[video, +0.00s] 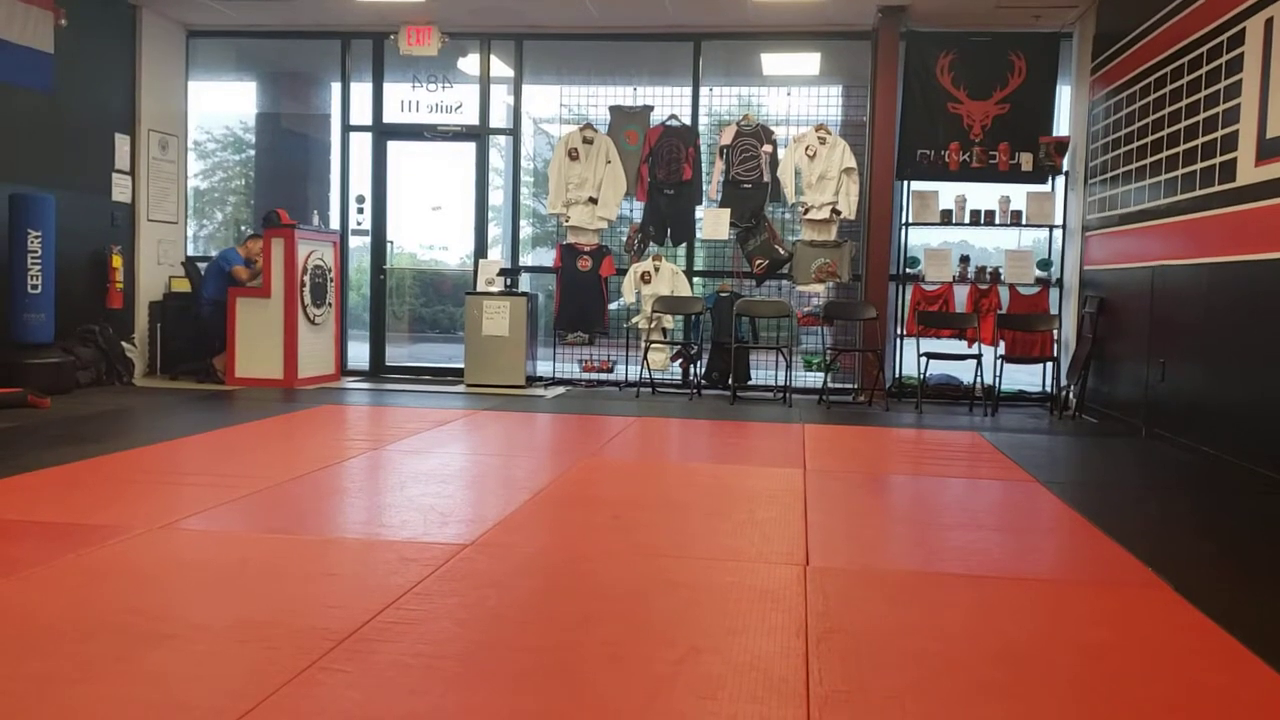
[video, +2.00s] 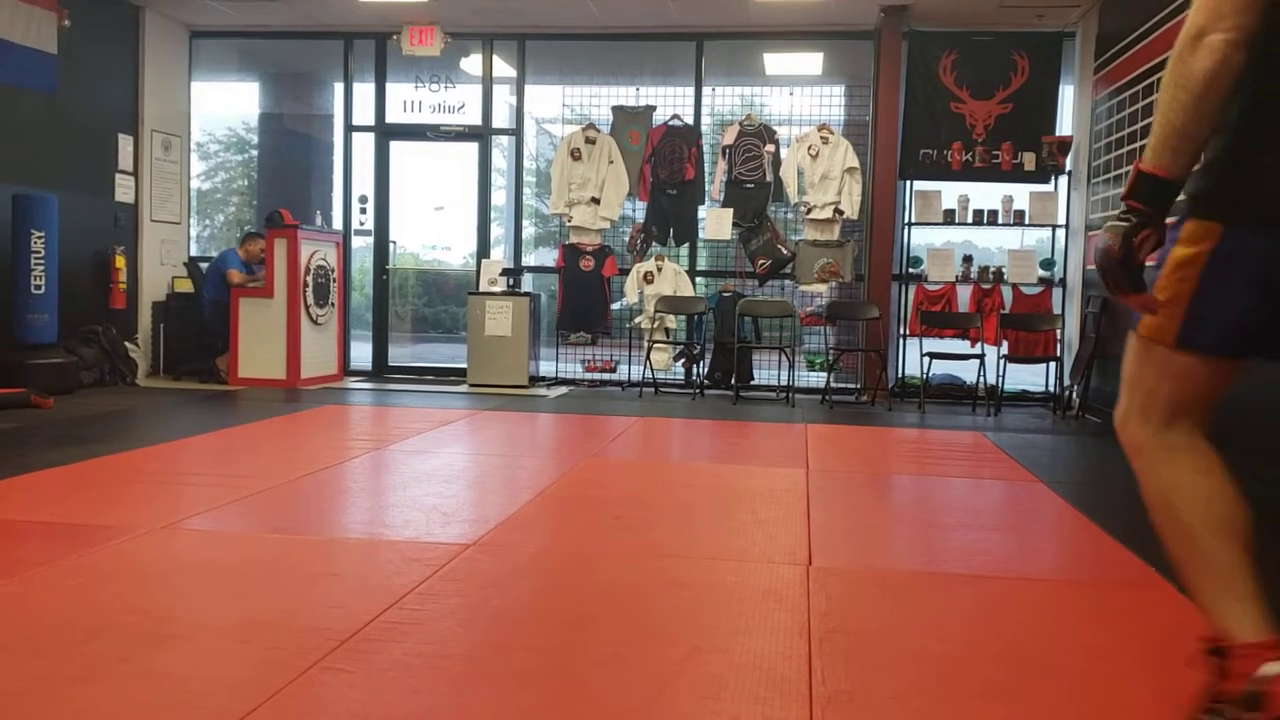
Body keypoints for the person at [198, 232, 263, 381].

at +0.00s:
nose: (260, 254)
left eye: (262, 251)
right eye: (260, 249)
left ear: (250, 245)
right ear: (249, 244)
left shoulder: (242, 259)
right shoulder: (230, 255)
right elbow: (243, 277)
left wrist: (262, 263)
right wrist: (258, 268)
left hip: (224, 305)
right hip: (211, 306)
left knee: (250, 328)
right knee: (246, 332)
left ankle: (221, 363)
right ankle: (219, 363)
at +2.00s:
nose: (262, 255)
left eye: (264, 252)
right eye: (261, 250)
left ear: (249, 246)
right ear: (248, 245)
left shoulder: (245, 264)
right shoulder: (230, 256)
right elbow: (234, 279)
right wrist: (257, 277)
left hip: (229, 306)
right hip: (214, 307)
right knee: (250, 333)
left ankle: (225, 363)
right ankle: (222, 362)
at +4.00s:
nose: (262, 253)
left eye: (263, 250)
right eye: (260, 248)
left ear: (247, 245)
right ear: (247, 244)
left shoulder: (245, 263)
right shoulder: (228, 255)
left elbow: (253, 282)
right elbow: (236, 280)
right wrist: (258, 279)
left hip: (230, 308)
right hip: (213, 309)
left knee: (257, 328)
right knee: (252, 331)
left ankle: (226, 362)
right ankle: (223, 362)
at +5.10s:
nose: (261, 254)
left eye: (262, 250)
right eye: (259, 249)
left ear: (247, 245)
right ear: (246, 244)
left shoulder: (246, 264)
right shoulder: (228, 256)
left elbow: (252, 282)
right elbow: (235, 280)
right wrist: (258, 279)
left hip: (230, 308)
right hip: (213, 309)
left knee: (257, 324)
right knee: (251, 328)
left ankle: (226, 363)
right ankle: (223, 362)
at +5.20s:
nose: (252, 250)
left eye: (254, 246)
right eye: (251, 245)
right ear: (242, 244)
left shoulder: (242, 261)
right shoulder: (226, 256)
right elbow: (234, 280)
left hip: (221, 303)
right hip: (209, 303)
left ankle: (221, 367)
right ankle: (215, 368)